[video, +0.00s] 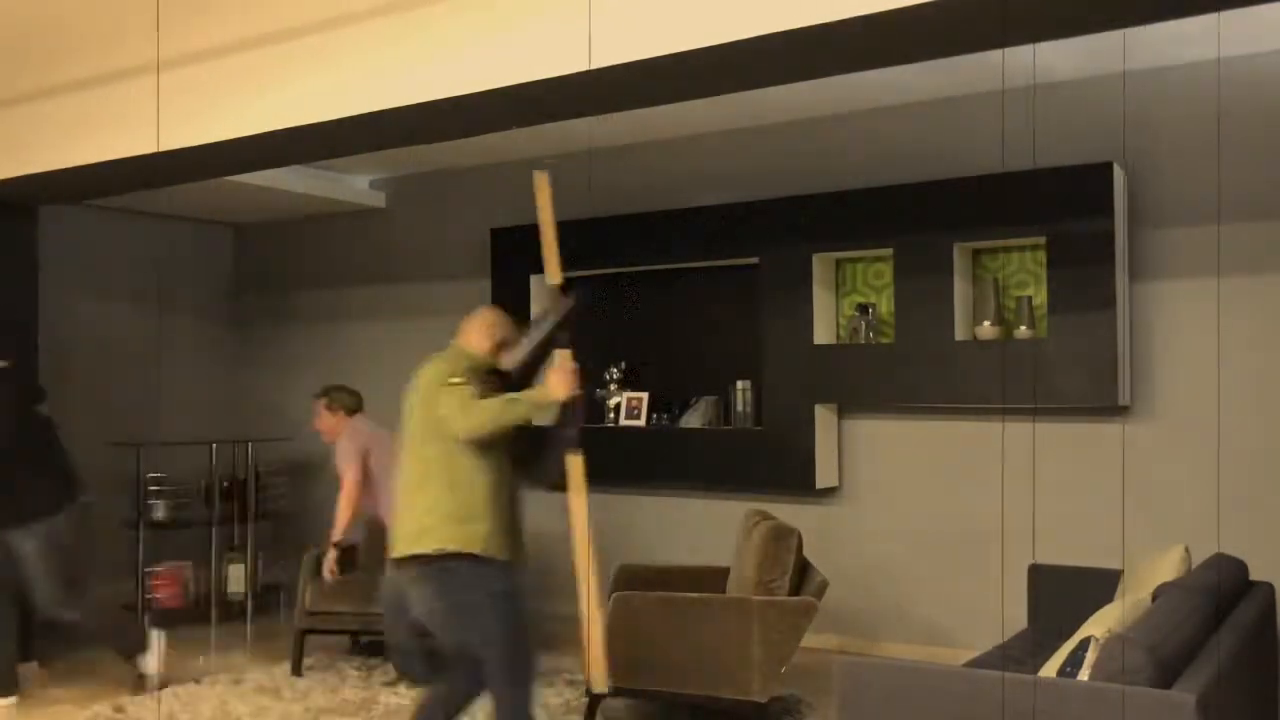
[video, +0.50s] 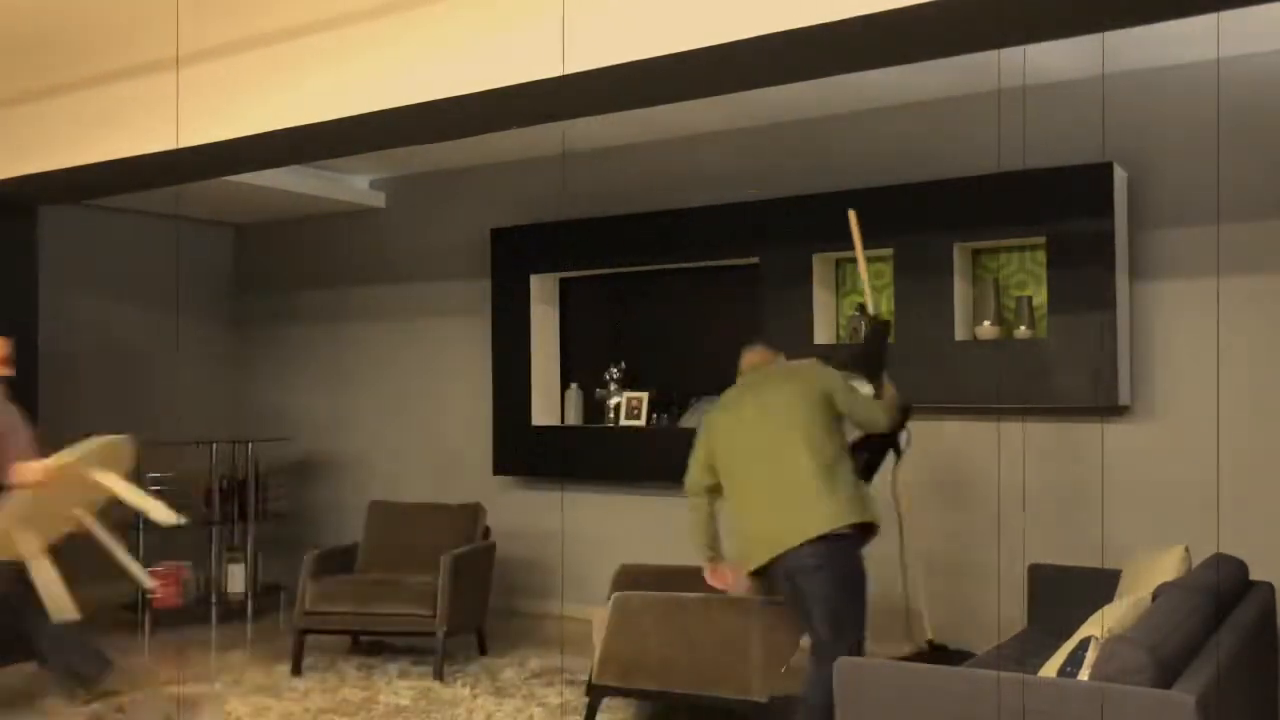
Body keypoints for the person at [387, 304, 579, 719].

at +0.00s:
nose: (507, 358)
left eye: (510, 349)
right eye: (505, 346)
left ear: (466, 334)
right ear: (489, 338)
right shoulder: (449, 372)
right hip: (459, 561)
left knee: (460, 676)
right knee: (510, 675)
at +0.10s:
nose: (585, 359)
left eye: (586, 350)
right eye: (583, 348)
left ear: (546, 342)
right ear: (568, 342)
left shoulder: (516, 386)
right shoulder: (549, 378)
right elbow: (582, 423)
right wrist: (648, 396)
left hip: (519, 552)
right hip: (549, 552)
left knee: (587, 653)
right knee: (589, 655)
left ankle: (576, 711)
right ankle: (577, 713)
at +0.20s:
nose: (645, 347)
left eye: (644, 338)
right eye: (641, 336)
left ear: (602, 339)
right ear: (620, 334)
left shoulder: (563, 393)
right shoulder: (622, 372)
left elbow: (539, 473)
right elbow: (662, 419)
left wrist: (565, 531)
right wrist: (722, 395)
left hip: (584, 548)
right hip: (624, 546)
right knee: (637, 662)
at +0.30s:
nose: (713, 358)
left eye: (710, 351)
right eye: (710, 351)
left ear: (668, 349)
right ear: (704, 347)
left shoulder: (629, 402)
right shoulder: (698, 373)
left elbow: (612, 484)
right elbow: (754, 419)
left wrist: (638, 541)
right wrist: (794, 397)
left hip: (656, 552)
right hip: (706, 545)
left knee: (724, 651)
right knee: (748, 648)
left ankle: (723, 709)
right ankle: (725, 709)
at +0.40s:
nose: (759, 353)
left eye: (755, 348)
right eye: (757, 347)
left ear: (714, 355)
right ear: (751, 347)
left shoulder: (677, 403)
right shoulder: (762, 371)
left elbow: (658, 481)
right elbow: (828, 417)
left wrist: (688, 541)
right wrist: (855, 395)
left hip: (717, 553)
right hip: (772, 545)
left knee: (765, 653)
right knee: (805, 645)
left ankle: (754, 711)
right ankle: (792, 712)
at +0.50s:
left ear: (739, 374)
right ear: (780, 359)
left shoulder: (717, 415)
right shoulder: (812, 373)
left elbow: (697, 487)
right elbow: (880, 420)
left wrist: (709, 557)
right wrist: (889, 397)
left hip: (765, 549)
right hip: (827, 531)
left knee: (828, 650)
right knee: (837, 654)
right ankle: (814, 716)